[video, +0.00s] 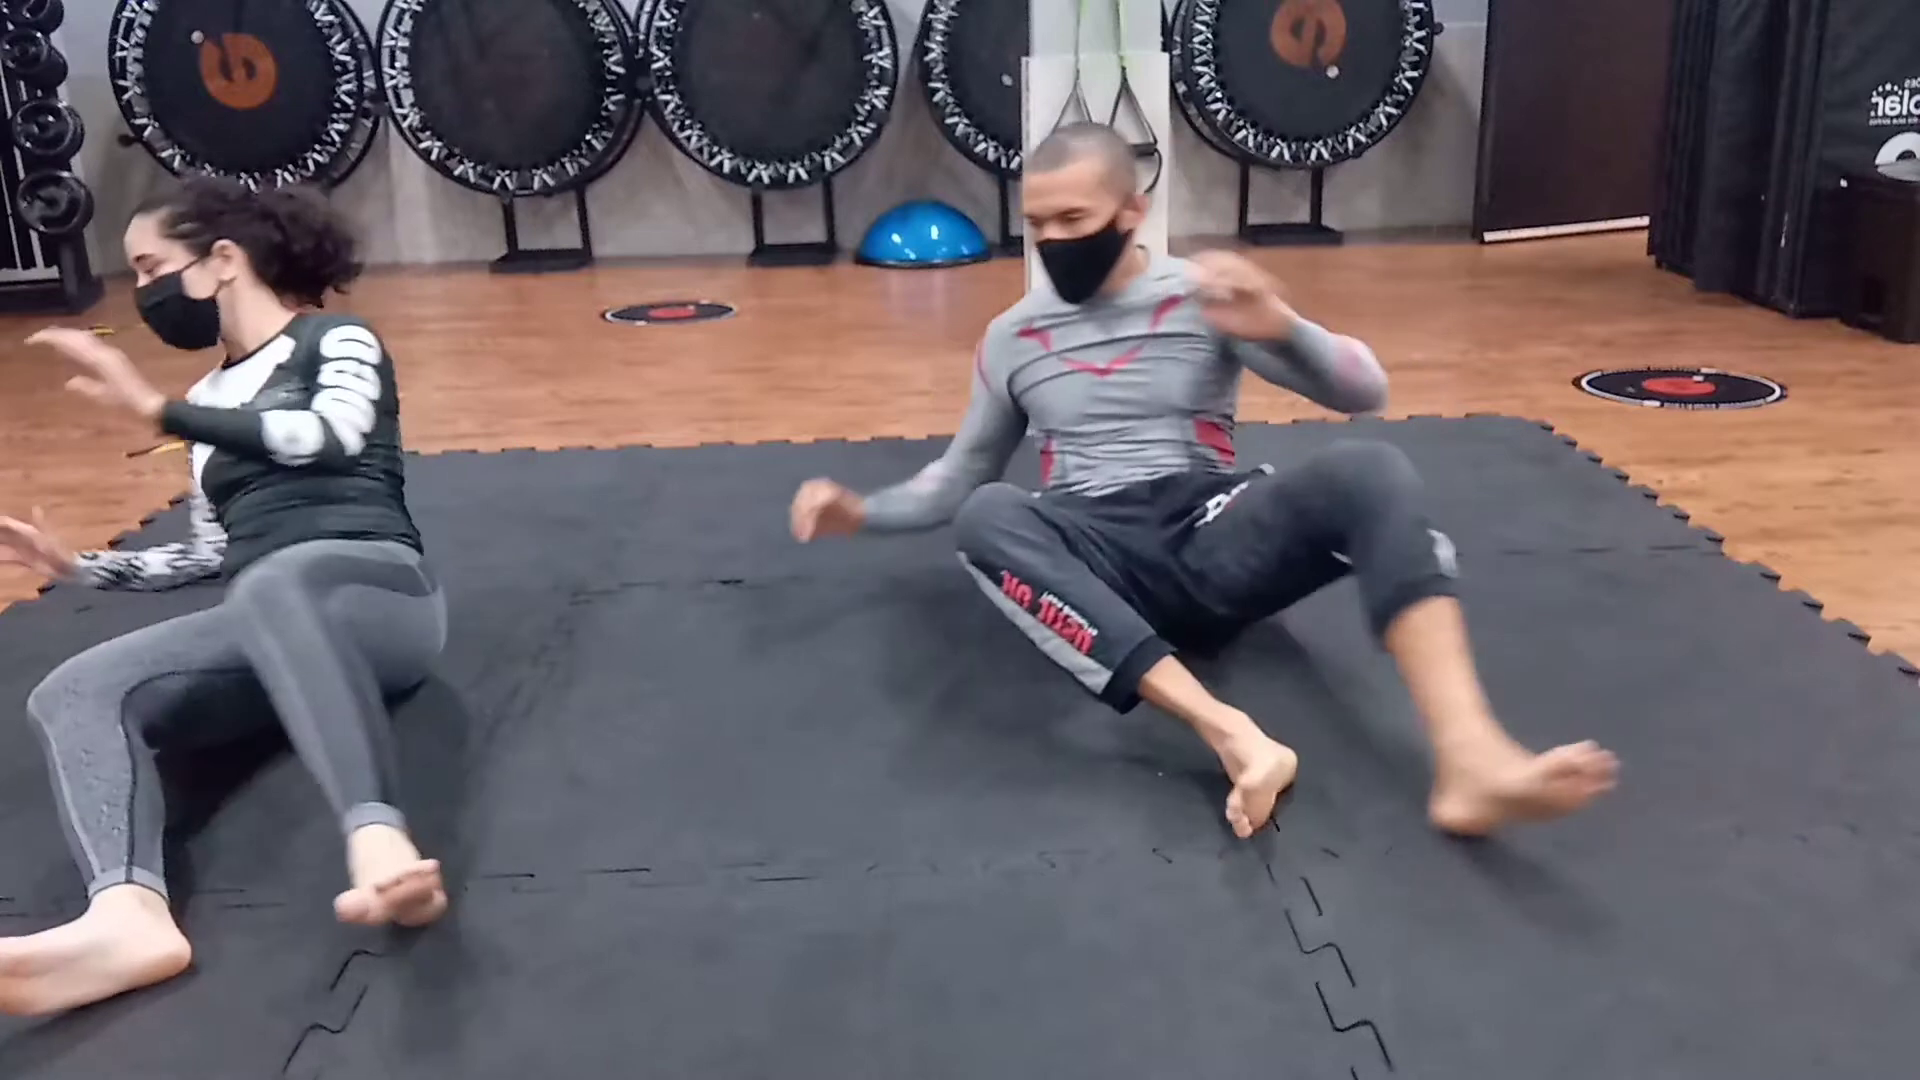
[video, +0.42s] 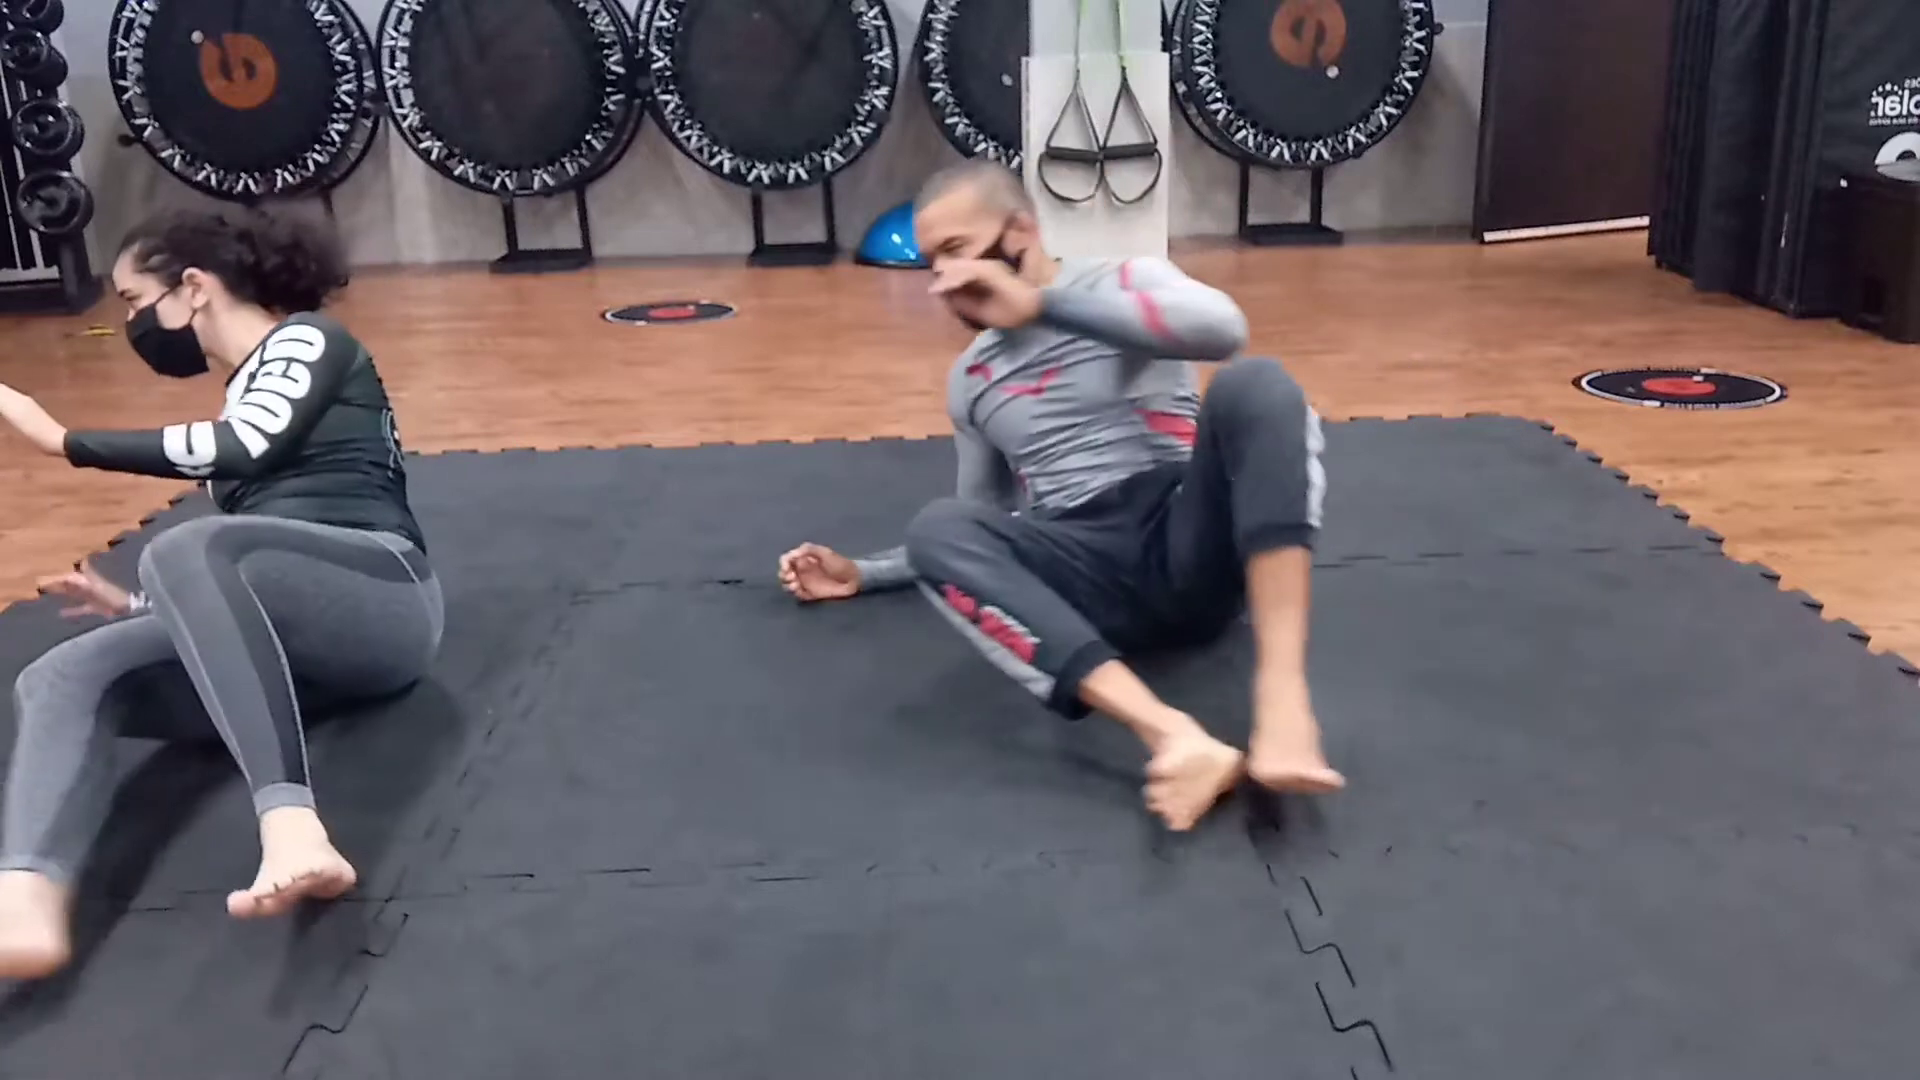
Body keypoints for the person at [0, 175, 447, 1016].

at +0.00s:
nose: (144, 299)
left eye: (152, 276)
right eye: (138, 281)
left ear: (224, 262)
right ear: (212, 270)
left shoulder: (340, 337)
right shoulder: (211, 406)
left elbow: (327, 435)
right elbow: (212, 549)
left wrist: (163, 410)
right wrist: (78, 566)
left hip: (381, 581)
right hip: (261, 618)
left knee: (269, 588)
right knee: (73, 691)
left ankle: (378, 841)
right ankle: (130, 908)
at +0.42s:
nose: (130, 326)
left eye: (135, 303)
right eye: (125, 309)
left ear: (196, 288)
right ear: (196, 296)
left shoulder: (310, 338)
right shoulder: (242, 407)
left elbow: (238, 447)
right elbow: (274, 552)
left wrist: (67, 442)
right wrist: (142, 604)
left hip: (381, 596)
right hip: (280, 647)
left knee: (182, 551)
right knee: (59, 676)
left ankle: (292, 827)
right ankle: (30, 898)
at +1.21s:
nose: (113, 370)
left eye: (111, 352)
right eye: (104, 360)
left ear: (154, 324)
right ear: (159, 328)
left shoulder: (230, 341)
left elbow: (92, 430)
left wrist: (4, 453)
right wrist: (125, 613)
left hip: (330, 578)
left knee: (31, 486)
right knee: (21, 726)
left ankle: (221, 736)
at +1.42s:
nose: (106, 378)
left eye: (105, 361)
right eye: (97, 369)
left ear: (143, 328)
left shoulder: (213, 342)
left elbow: (46, 447)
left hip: (312, 567)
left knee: (17, 513)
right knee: (16, 730)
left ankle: (212, 741)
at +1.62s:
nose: (87, 390)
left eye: (89, 371)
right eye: (81, 375)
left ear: (134, 338)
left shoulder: (181, 339)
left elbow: (15, 449)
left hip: (304, 554)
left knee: (8, 535)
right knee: (24, 730)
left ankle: (212, 745)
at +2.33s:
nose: (106, 421)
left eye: (108, 402)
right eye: (102, 410)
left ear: (150, 372)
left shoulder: (207, 365)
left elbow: (23, 471)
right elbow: (272, 583)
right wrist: (127, 602)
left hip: (461, 551)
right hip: (437, 653)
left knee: (160, 443)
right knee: (145, 699)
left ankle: (234, 737)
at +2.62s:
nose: (164, 398)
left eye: (167, 377)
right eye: (155, 386)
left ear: (228, 343)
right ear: (228, 353)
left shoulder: (321, 345)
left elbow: (169, 407)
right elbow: (279, 583)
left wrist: (34, 465)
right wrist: (128, 598)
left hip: (510, 578)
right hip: (430, 645)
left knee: (280, 431)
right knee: (160, 686)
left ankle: (253, 743)